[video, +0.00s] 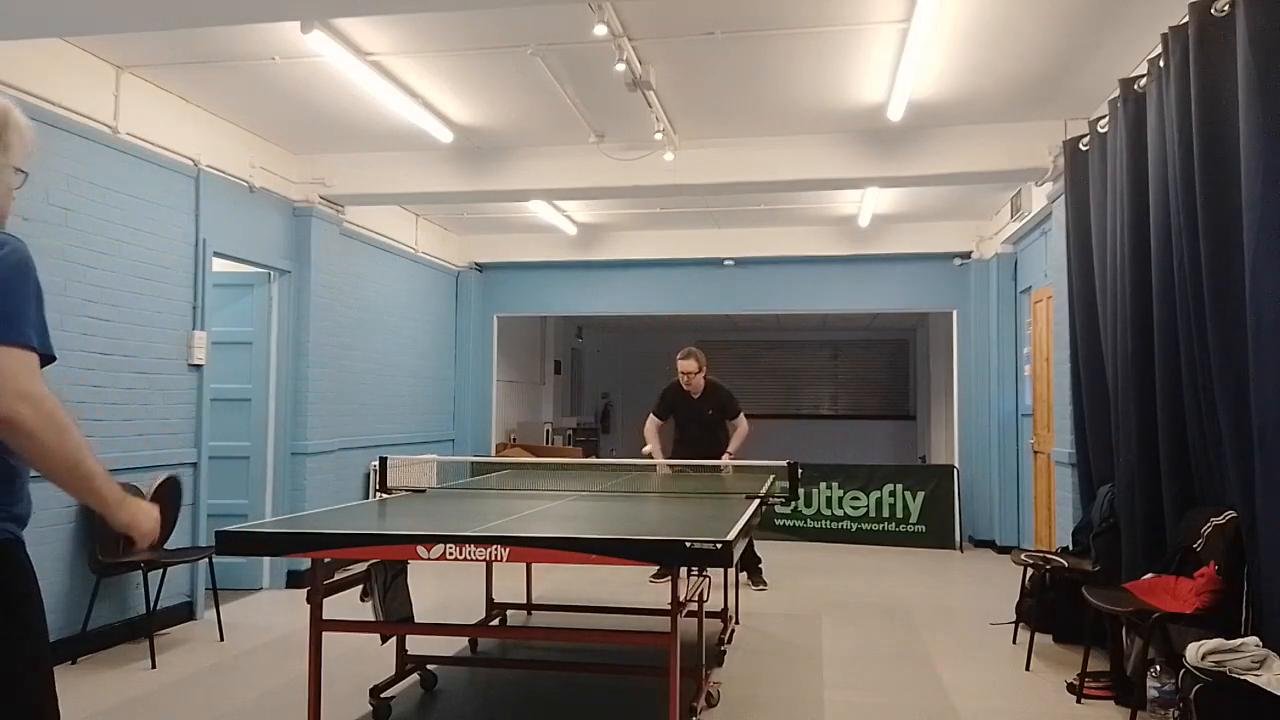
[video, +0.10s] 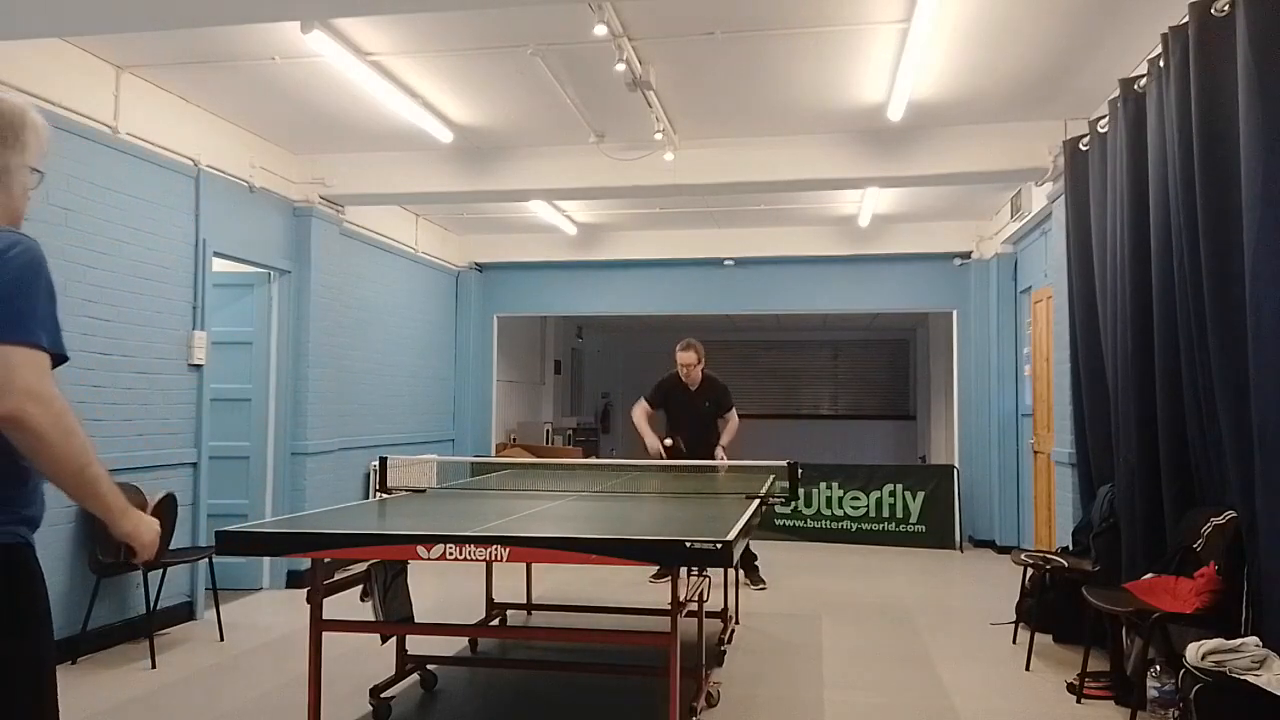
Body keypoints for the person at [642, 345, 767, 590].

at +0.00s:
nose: (686, 379)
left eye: (691, 373)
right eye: (682, 373)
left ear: (703, 370)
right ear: (677, 372)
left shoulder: (719, 393)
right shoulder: (672, 393)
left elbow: (742, 427)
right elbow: (650, 427)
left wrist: (729, 454)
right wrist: (660, 461)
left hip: (716, 468)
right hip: (681, 468)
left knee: (733, 515)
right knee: (669, 512)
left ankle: (753, 568)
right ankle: (669, 562)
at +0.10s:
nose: (685, 371)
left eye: (690, 366)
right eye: (680, 366)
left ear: (702, 363)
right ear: (675, 363)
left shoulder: (716, 387)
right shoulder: (668, 384)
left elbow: (732, 420)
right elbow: (638, 411)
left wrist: (721, 445)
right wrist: (649, 437)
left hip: (708, 464)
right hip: (675, 464)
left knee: (725, 512)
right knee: (668, 511)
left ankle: (750, 567)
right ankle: (669, 561)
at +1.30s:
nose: (692, 350)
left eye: (696, 345)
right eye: (687, 346)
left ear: (707, 347)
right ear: (680, 349)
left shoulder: (723, 376)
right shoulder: (672, 377)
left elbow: (742, 409)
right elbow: (654, 412)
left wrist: (730, 435)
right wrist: (665, 436)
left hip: (717, 460)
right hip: (683, 460)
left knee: (733, 511)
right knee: (678, 510)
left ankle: (748, 570)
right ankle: (677, 563)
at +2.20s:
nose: (721, 340)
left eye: (726, 335)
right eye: (717, 336)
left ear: (739, 338)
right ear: (713, 338)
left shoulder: (752, 372)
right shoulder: (701, 361)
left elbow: (768, 408)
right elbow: (669, 355)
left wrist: (759, 433)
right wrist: (656, 344)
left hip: (738, 455)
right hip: (703, 452)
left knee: (745, 514)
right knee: (684, 505)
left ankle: (749, 573)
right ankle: (676, 560)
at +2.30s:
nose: (725, 338)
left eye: (730, 334)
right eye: (721, 334)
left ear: (743, 336)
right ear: (717, 336)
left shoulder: (756, 370)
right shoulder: (704, 361)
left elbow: (773, 407)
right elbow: (670, 360)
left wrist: (763, 432)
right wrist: (655, 354)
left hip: (741, 454)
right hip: (706, 451)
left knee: (747, 514)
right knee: (688, 506)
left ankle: (749, 572)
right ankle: (679, 560)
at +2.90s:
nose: (669, 341)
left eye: (675, 336)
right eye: (666, 337)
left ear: (691, 337)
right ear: (663, 342)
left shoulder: (710, 372)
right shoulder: (665, 372)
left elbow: (729, 413)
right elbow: (660, 407)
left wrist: (702, 435)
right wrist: (652, 439)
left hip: (702, 460)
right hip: (668, 459)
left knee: (717, 516)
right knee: (661, 515)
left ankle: (743, 566)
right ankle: (662, 574)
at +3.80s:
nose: (526, 387)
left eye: (528, 380)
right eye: (524, 382)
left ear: (546, 372)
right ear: (547, 372)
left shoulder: (569, 390)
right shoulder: (566, 380)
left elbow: (537, 433)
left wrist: (499, 458)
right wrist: (561, 432)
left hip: (617, 461)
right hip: (607, 460)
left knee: (587, 524)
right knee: (612, 520)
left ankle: (578, 590)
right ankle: (655, 562)